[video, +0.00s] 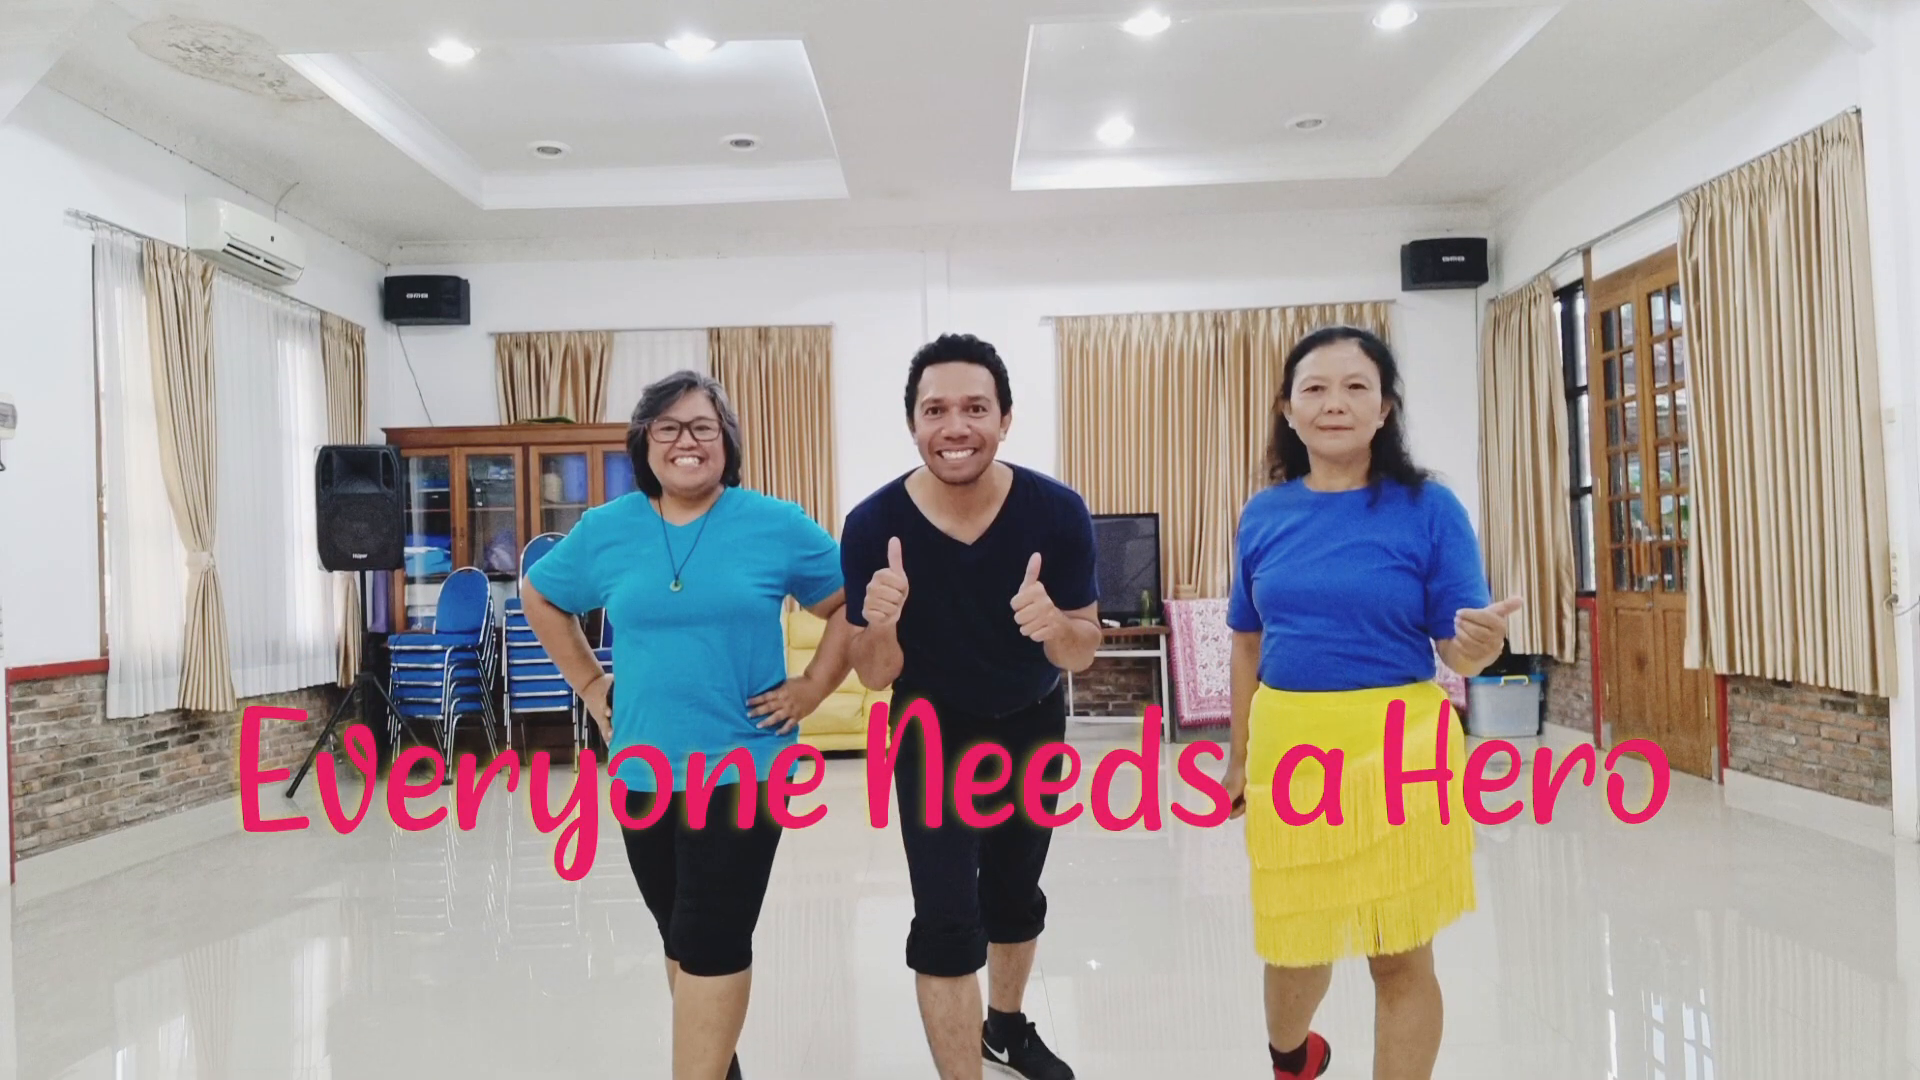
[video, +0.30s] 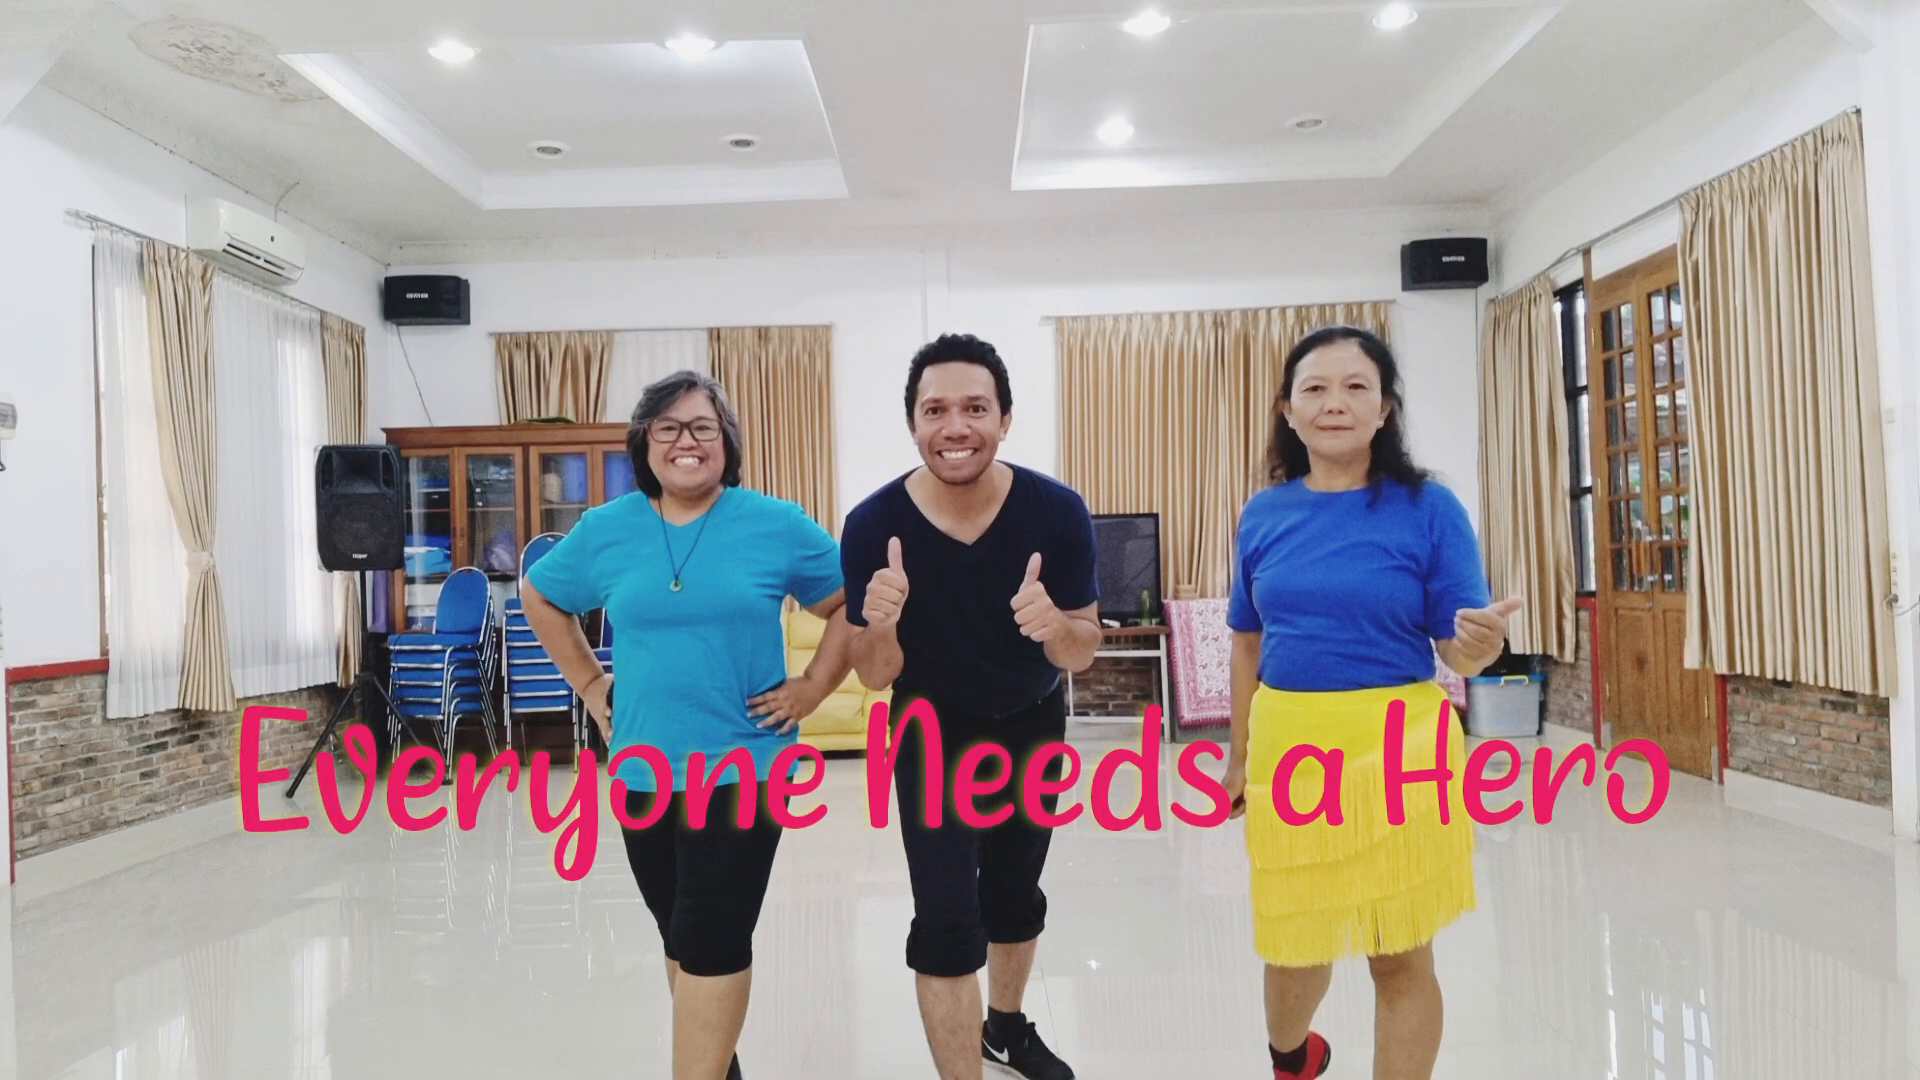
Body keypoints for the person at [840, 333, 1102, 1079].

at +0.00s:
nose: (956, 427)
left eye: (975, 408)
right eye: (936, 410)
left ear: (1004, 420)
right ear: (913, 424)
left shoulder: (1059, 514)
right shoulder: (873, 526)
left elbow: (1081, 654)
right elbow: (875, 673)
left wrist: (1053, 626)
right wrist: (880, 627)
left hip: (1030, 722)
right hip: (930, 725)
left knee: (1016, 894)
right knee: (949, 920)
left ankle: (1006, 1026)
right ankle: (959, 1076)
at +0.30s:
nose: (956, 427)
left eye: (975, 408)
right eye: (936, 410)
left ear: (1004, 420)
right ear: (913, 424)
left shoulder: (1059, 514)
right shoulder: (873, 526)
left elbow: (1081, 654)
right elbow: (875, 673)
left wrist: (1054, 626)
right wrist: (880, 627)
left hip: (1030, 721)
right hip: (930, 725)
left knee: (1016, 894)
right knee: (949, 920)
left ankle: (1006, 1026)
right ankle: (959, 1076)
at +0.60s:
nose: (956, 427)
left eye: (975, 408)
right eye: (936, 410)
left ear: (1004, 420)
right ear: (913, 424)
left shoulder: (1059, 514)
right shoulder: (873, 526)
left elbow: (1081, 654)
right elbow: (875, 673)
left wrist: (1054, 626)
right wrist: (880, 627)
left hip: (1030, 722)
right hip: (930, 725)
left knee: (1016, 894)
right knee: (949, 920)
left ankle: (1006, 1026)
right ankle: (959, 1076)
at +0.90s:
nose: (956, 426)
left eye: (975, 408)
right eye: (936, 410)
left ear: (1004, 420)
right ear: (913, 424)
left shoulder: (1059, 514)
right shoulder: (872, 526)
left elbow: (1080, 654)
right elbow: (875, 673)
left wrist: (1053, 626)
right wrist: (879, 627)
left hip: (1030, 722)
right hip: (929, 726)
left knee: (1016, 894)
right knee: (948, 919)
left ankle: (1005, 1026)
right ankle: (959, 1076)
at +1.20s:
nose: (956, 426)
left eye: (975, 408)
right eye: (936, 410)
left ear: (1004, 420)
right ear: (913, 424)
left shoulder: (1059, 514)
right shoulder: (872, 526)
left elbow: (1080, 654)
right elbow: (875, 673)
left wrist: (1053, 626)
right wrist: (879, 627)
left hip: (1030, 722)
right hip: (929, 726)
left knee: (1016, 894)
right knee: (948, 919)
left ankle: (1005, 1026)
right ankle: (959, 1076)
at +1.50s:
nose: (955, 426)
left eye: (975, 408)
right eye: (936, 409)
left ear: (1004, 421)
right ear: (913, 424)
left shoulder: (1059, 514)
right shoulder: (873, 526)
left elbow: (1080, 654)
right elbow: (875, 673)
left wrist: (1054, 626)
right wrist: (879, 627)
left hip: (1030, 722)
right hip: (930, 726)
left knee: (1016, 894)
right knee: (948, 920)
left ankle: (1005, 1026)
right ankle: (959, 1075)